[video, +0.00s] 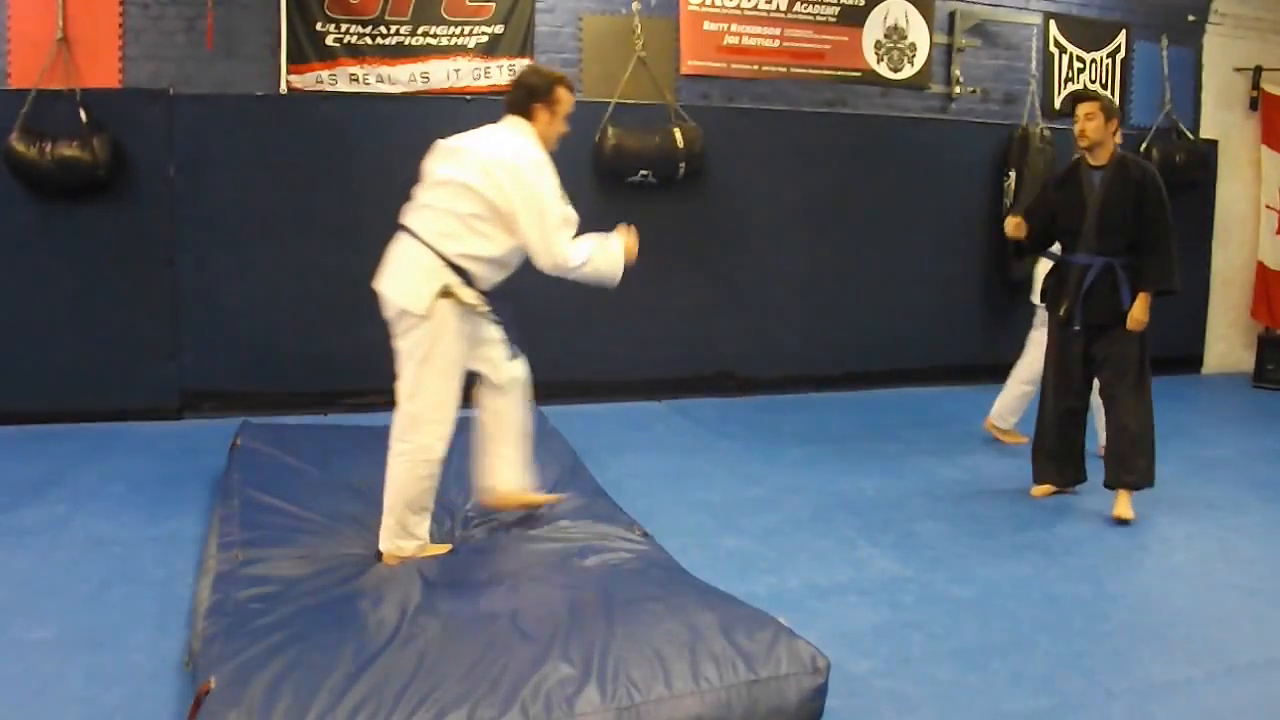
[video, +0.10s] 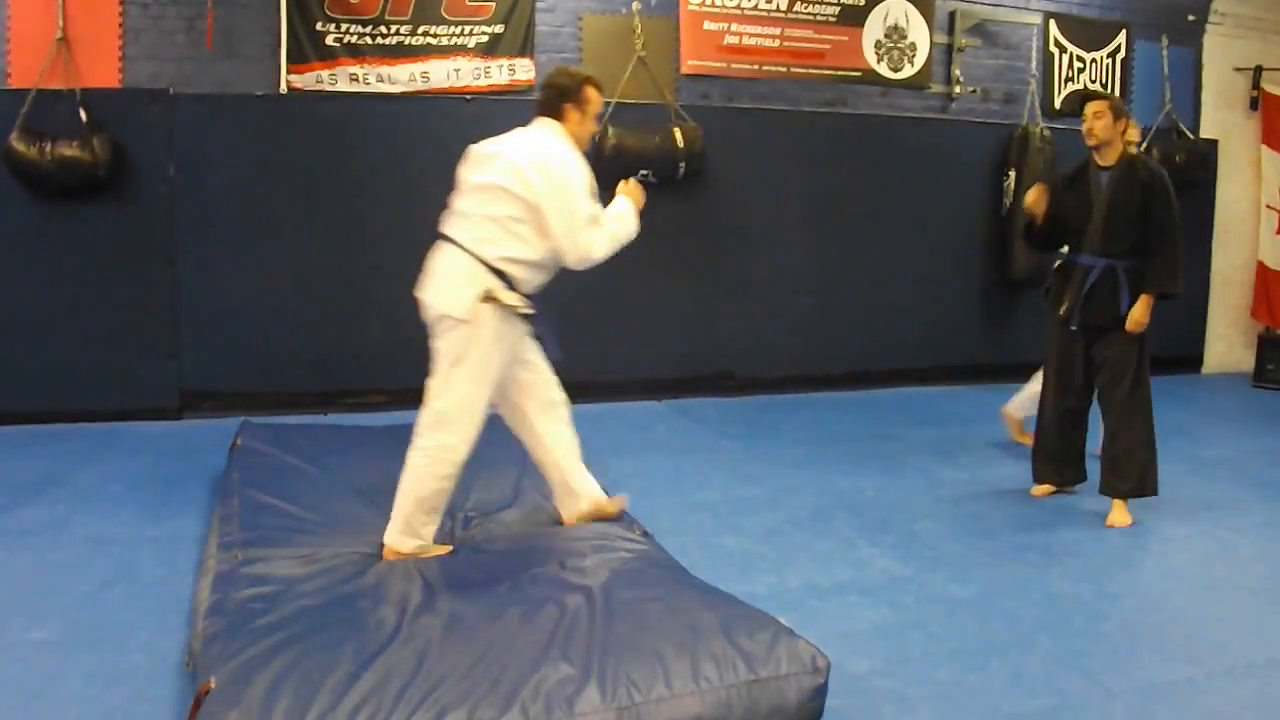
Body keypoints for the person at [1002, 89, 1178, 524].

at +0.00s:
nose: (1080, 126)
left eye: (1089, 119)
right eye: (1077, 119)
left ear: (1113, 126)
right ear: (1074, 126)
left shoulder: (1141, 176)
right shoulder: (1067, 177)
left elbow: (1157, 243)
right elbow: (1041, 225)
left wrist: (1144, 296)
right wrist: (1022, 227)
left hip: (1121, 295)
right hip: (1072, 292)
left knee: (1123, 392)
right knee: (1063, 387)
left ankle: (1124, 486)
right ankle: (1057, 473)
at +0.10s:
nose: (1088, 125)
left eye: (1097, 118)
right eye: (1085, 119)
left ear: (1122, 125)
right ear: (1082, 127)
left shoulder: (1149, 177)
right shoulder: (1073, 178)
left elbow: (1164, 244)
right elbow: (1049, 240)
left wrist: (1147, 297)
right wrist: (1038, 215)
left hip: (1122, 298)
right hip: (1074, 293)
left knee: (1120, 394)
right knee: (1063, 388)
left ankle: (1119, 494)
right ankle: (1057, 473)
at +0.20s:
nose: (1099, 121)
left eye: (1108, 114)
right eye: (1095, 115)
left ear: (1131, 120)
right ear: (1092, 124)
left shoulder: (1158, 175)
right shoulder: (1081, 173)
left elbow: (1170, 244)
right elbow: (1060, 237)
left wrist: (1155, 299)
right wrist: (1049, 213)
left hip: (1128, 297)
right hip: (1078, 292)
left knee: (1122, 394)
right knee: (1064, 386)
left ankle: (1120, 493)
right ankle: (1059, 472)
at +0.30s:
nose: (1106, 121)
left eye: (1115, 113)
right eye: (1104, 114)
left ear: (1140, 119)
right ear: (1103, 122)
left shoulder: (1167, 175)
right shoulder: (1094, 170)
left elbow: (1176, 247)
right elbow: (1070, 226)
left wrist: (1163, 304)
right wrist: (1050, 217)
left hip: (1134, 298)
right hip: (1086, 292)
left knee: (1126, 398)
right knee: (1069, 389)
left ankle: (1120, 495)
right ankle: (1061, 474)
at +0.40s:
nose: (1111, 119)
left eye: (1120, 112)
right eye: (1108, 113)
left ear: (1145, 119)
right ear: (1107, 122)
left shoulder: (1171, 176)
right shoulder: (1096, 171)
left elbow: (1183, 247)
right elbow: (1073, 234)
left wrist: (1172, 306)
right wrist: (1063, 199)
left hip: (1139, 296)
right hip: (1091, 289)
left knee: (1130, 398)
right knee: (1075, 390)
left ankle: (1120, 497)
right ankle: (1059, 476)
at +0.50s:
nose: (1116, 119)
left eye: (1125, 111)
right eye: (1113, 113)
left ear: (1150, 117)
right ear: (1113, 121)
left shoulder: (1177, 176)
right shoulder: (1105, 171)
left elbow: (1187, 248)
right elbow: (1083, 233)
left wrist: (1176, 308)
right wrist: (1065, 205)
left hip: (1143, 298)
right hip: (1097, 291)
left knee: (1133, 401)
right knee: (1080, 391)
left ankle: (1122, 497)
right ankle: (1062, 477)